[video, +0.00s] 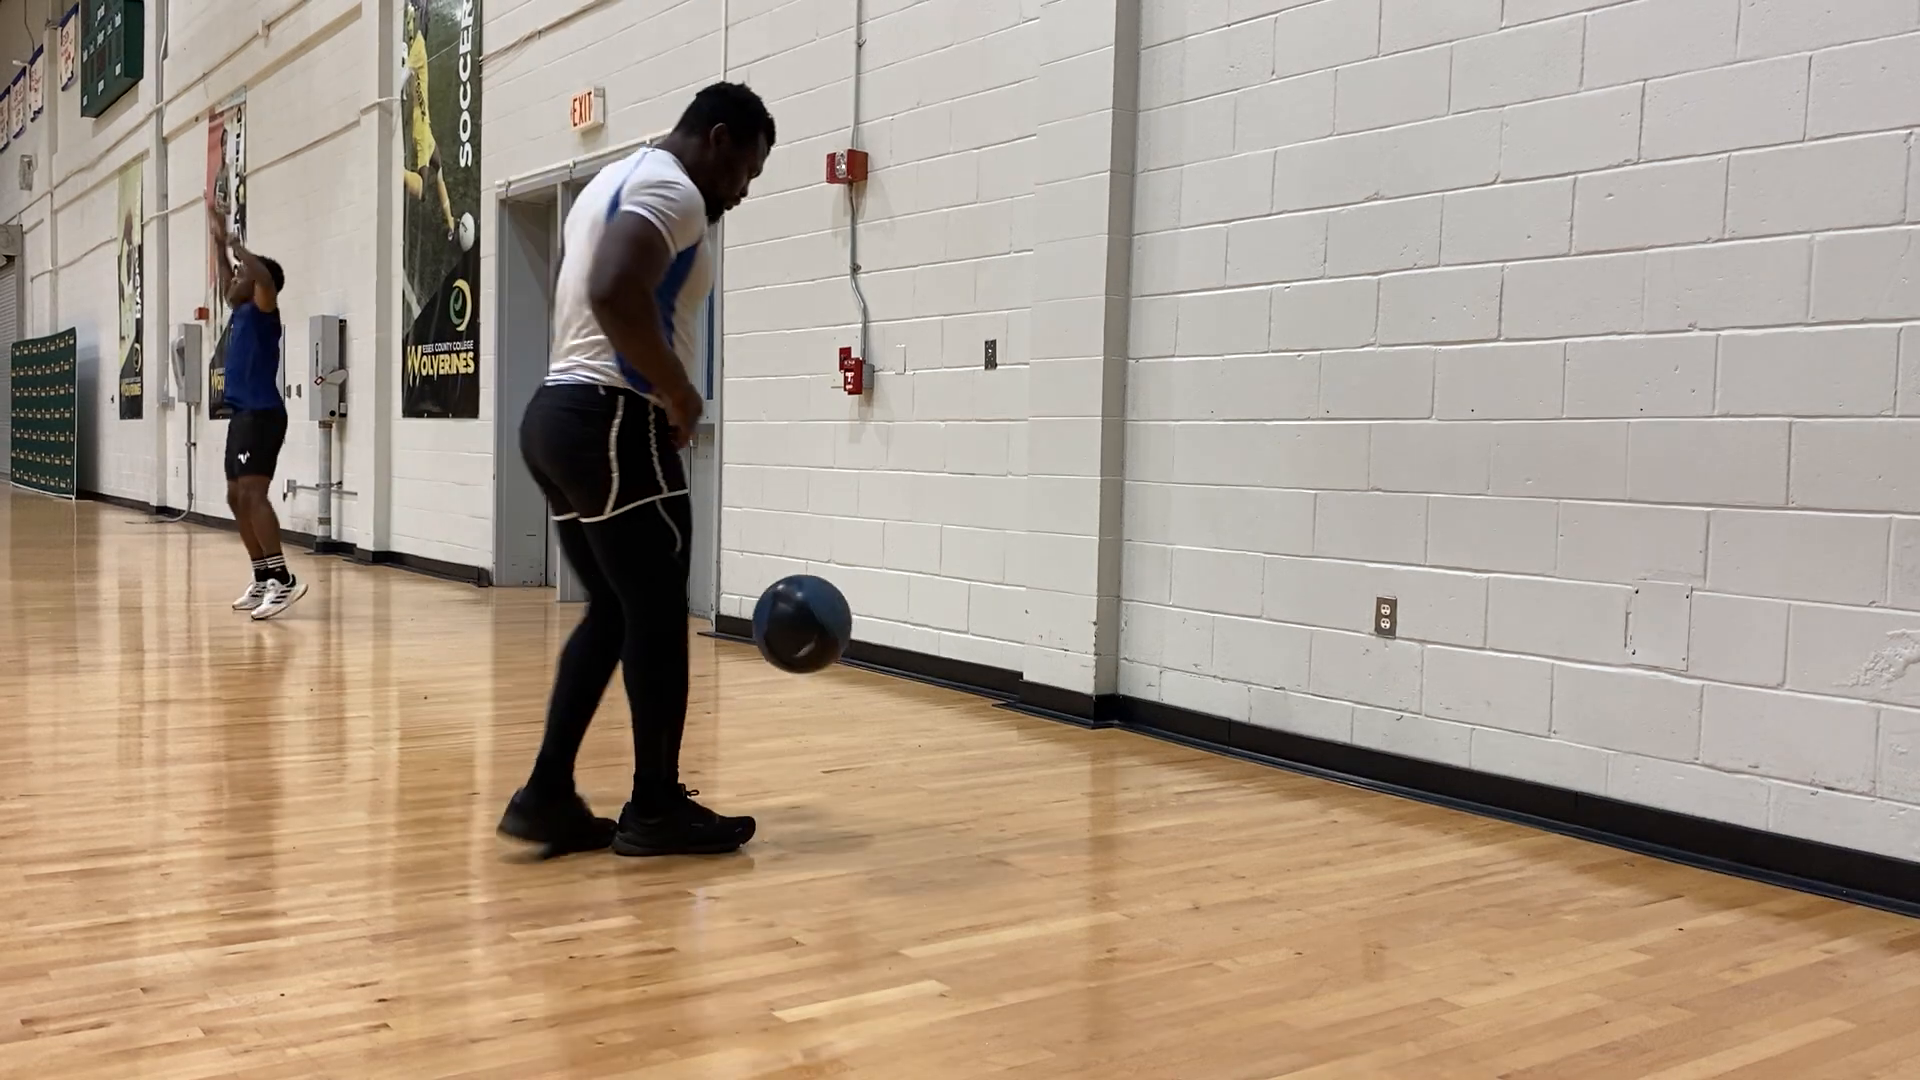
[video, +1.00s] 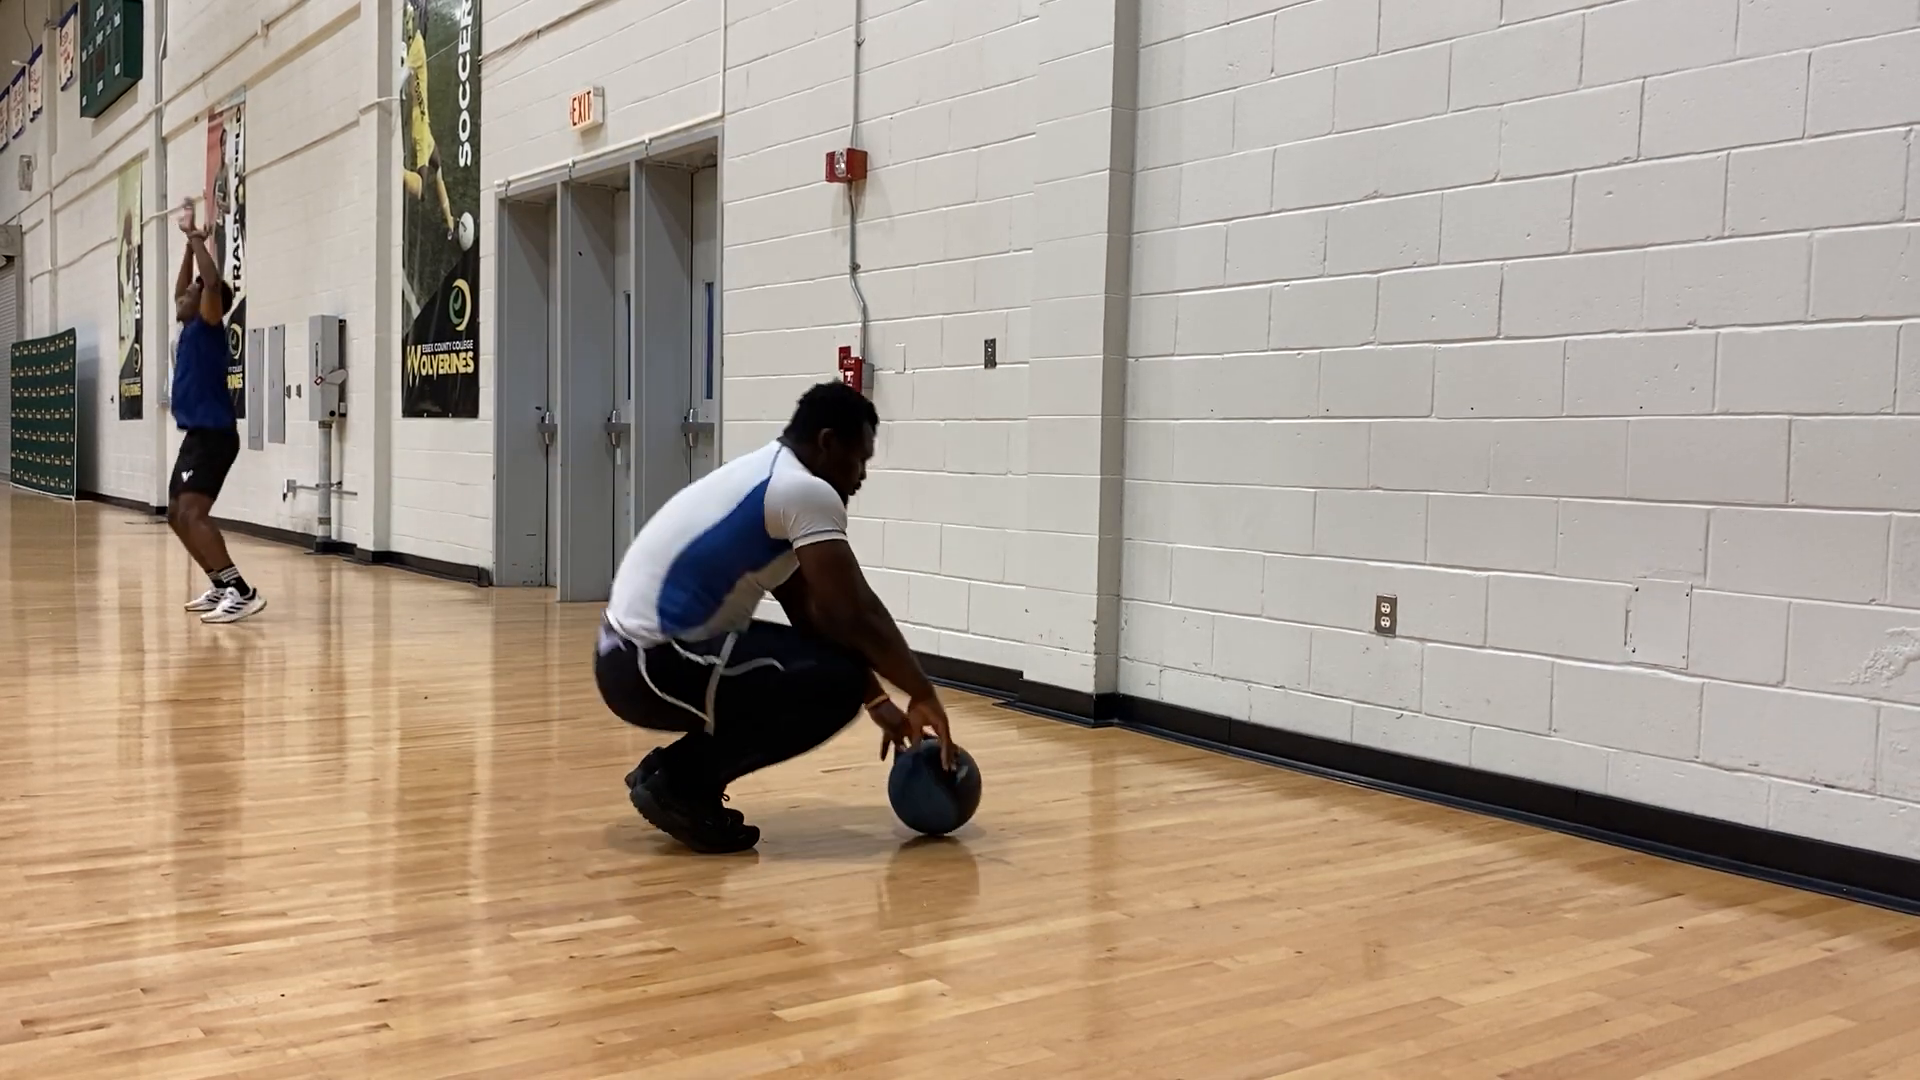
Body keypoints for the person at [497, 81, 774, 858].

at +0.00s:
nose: (745, 190)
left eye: (754, 176)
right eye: (750, 169)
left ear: (700, 133)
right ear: (717, 139)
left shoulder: (612, 179)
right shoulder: (669, 185)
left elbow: (584, 301)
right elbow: (615, 290)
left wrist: (647, 386)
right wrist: (679, 393)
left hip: (558, 414)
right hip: (612, 416)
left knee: (611, 607)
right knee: (659, 612)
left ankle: (546, 793)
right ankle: (657, 803)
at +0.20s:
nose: (779, 187)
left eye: (786, 173)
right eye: (782, 166)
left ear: (725, 132)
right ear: (750, 137)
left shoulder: (645, 184)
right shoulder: (713, 192)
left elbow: (627, 313)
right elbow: (679, 311)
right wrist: (718, 435)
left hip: (599, 414)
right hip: (643, 419)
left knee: (680, 594)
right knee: (694, 604)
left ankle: (618, 758)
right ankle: (659, 803)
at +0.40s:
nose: (829, 228)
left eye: (838, 214)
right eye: (834, 209)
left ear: (794, 172)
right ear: (806, 178)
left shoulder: (712, 206)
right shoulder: (743, 219)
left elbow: (679, 338)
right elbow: (700, 334)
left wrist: (713, 444)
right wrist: (710, 461)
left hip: (619, 414)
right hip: (646, 420)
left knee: (693, 602)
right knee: (709, 607)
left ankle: (652, 789)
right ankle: (664, 802)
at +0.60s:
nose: (870, 364)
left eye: (879, 350)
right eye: (875, 345)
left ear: (840, 309)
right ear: (851, 316)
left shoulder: (768, 320)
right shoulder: (784, 331)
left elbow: (745, 473)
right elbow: (761, 461)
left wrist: (794, 562)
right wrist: (827, 567)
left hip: (595, 463)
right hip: (613, 468)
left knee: (716, 609)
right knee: (739, 611)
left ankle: (653, 790)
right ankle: (663, 800)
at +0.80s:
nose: (875, 473)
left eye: (883, 462)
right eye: (879, 457)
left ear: (839, 426)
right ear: (849, 432)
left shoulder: (785, 444)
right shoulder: (809, 464)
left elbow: (820, 600)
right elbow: (831, 604)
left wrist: (874, 690)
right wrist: (896, 705)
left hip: (595, 557)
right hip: (611, 567)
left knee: (772, 633)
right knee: (780, 643)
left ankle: (658, 788)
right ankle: (670, 799)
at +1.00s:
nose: (863, 475)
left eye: (868, 460)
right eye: (862, 458)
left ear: (816, 440)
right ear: (827, 443)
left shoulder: (765, 474)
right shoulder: (805, 491)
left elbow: (812, 618)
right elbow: (853, 612)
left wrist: (876, 701)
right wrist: (924, 694)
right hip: (656, 664)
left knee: (826, 663)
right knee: (838, 685)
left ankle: (680, 774)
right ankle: (683, 785)